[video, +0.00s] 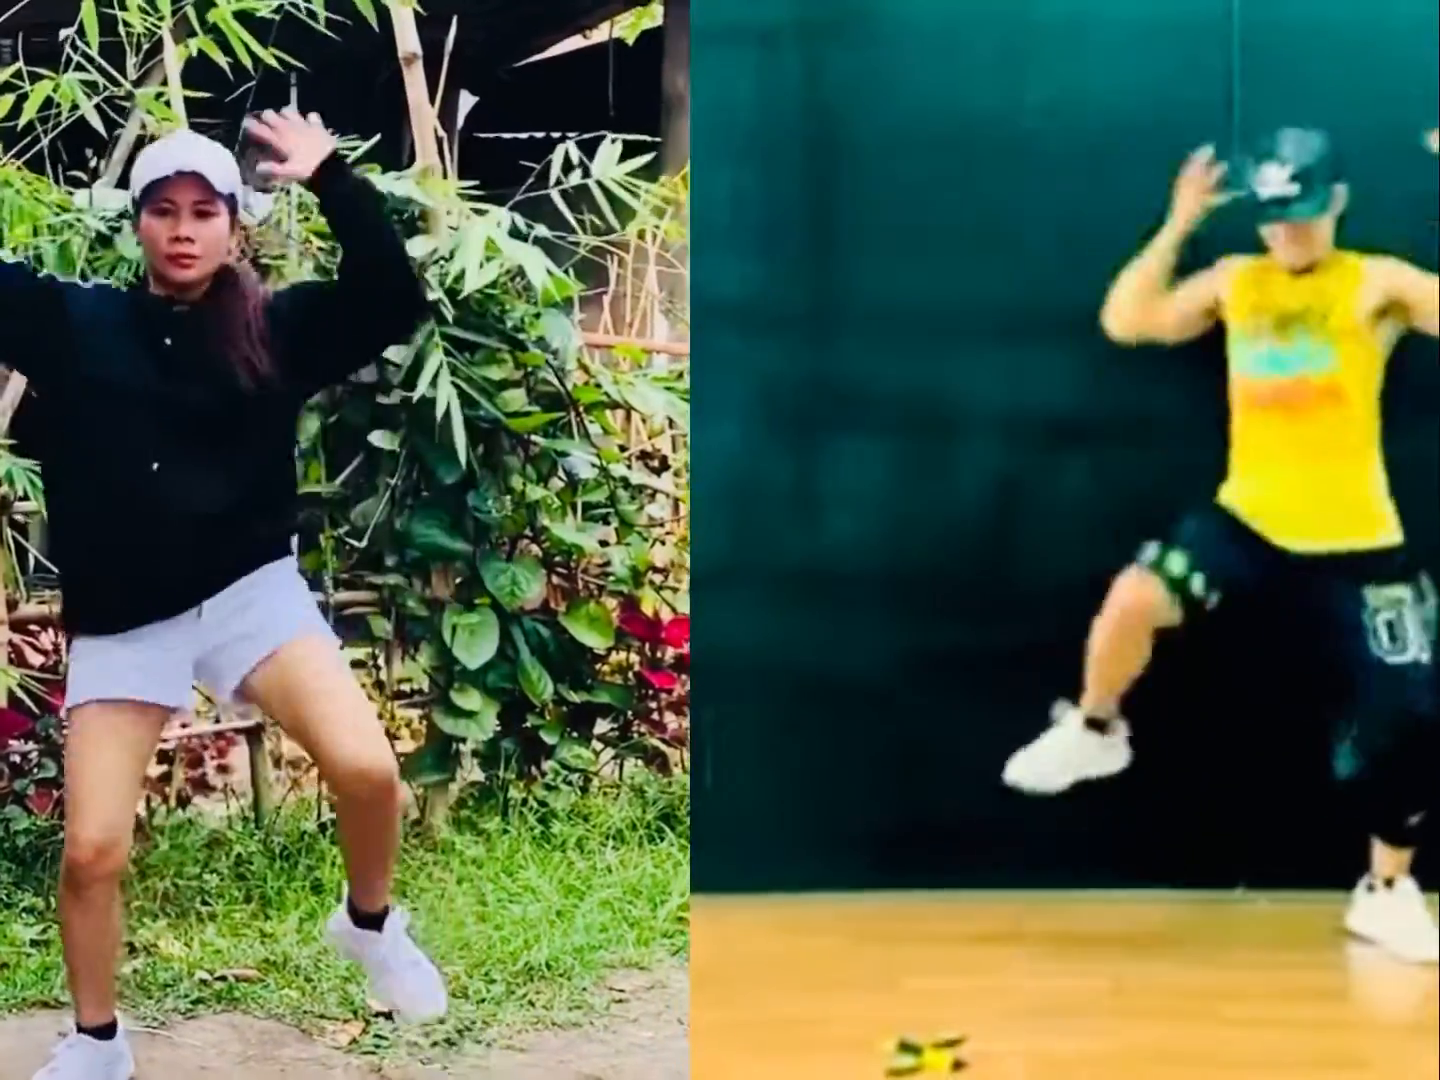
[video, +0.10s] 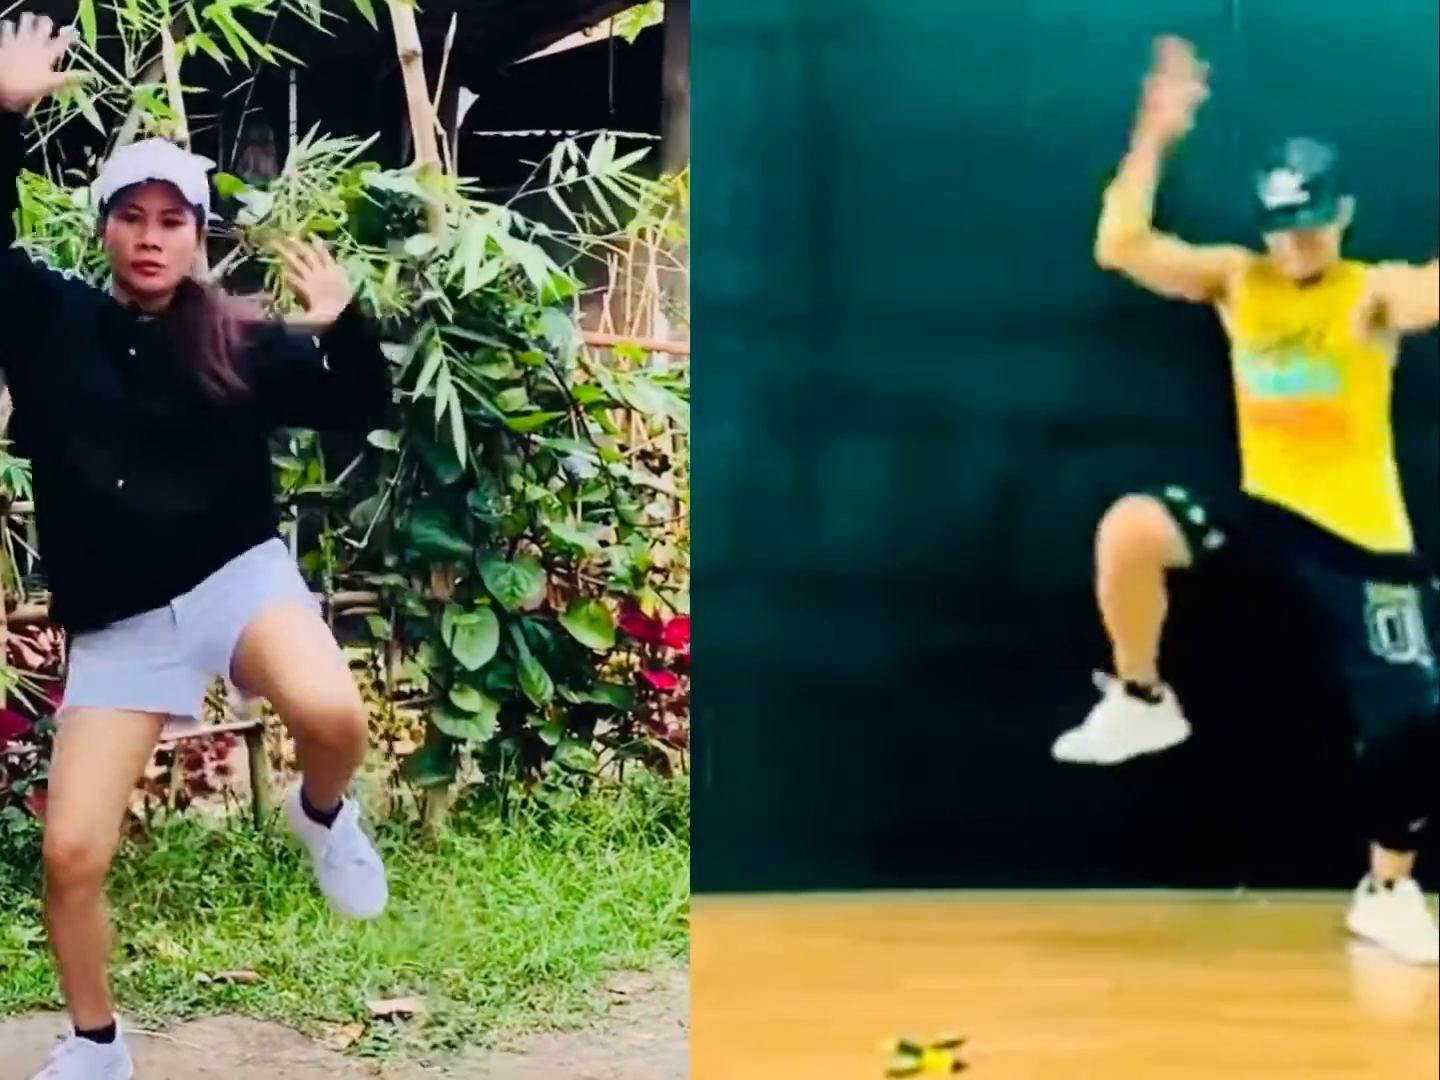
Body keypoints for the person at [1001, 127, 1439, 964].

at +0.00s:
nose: (1289, 233)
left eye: (1303, 214)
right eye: (1273, 218)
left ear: (1336, 205)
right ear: (1256, 217)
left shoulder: (1380, 283)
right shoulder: (1230, 282)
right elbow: (1124, 319)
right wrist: (1179, 221)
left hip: (1358, 530)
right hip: (1248, 516)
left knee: (1406, 714)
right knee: (1132, 600)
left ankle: (1388, 888)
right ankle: (1093, 727)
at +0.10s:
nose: (1294, 242)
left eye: (1309, 225)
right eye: (1280, 227)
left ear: (1342, 220)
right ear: (1261, 225)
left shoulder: (1374, 289)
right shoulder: (1232, 276)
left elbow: (1431, 294)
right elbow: (1120, 246)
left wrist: (1407, 299)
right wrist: (1153, 138)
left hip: (1365, 543)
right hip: (1261, 516)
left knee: (1407, 725)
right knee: (1130, 530)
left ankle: (1387, 892)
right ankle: (1138, 699)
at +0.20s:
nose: (1303, 255)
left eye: (1316, 236)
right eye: (1285, 242)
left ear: (1345, 222)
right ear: (1266, 239)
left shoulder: (1390, 266)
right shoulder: (1244, 283)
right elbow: (1126, 245)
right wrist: (1085, 129)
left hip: (1360, 542)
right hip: (1255, 511)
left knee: (1412, 723)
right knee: (1107, 578)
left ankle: (1388, 890)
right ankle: (1138, 737)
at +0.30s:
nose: (1307, 236)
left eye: (1320, 217)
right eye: (1289, 221)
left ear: (1343, 207)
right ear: (1262, 217)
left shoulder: (1382, 265)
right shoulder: (1231, 287)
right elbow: (1111, 324)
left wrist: (1437, 145)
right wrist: (1138, 206)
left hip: (1354, 547)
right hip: (1244, 529)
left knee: (1407, 710)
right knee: (1121, 635)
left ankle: (1391, 888)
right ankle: (1085, 787)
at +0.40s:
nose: (1317, 246)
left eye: (1320, 230)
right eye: (1300, 232)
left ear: (1326, 233)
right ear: (1255, 238)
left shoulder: (1349, 306)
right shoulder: (1195, 304)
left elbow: (1439, 315)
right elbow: (1068, 293)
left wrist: (1437, 208)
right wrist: (1170, 222)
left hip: (1352, 558)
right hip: (1235, 563)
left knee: (1425, 699)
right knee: (1132, 713)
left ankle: (1396, 884)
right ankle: (1040, 838)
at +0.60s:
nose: (1245, 330)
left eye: (1249, 315)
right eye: (1228, 317)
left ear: (1254, 318)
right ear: (1183, 323)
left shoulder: (1270, 365)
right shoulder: (1144, 385)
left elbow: (1373, 316)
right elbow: (1087, 311)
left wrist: (1430, 231)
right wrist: (1075, 203)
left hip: (1284, 631)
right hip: (1180, 631)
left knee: (1406, 738)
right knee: (1110, 800)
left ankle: (1386, 894)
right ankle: (1061, 889)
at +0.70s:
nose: (1219, 298)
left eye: (1226, 280)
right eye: (1204, 282)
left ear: (1235, 281)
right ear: (1163, 284)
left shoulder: (1245, 337)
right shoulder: (1103, 354)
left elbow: (1340, 326)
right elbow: (989, 372)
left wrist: (1331, 246)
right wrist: (1023, 259)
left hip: (1246, 595)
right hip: (1142, 598)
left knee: (1345, 751)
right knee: (1078, 787)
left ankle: (1383, 892)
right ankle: (1058, 889)